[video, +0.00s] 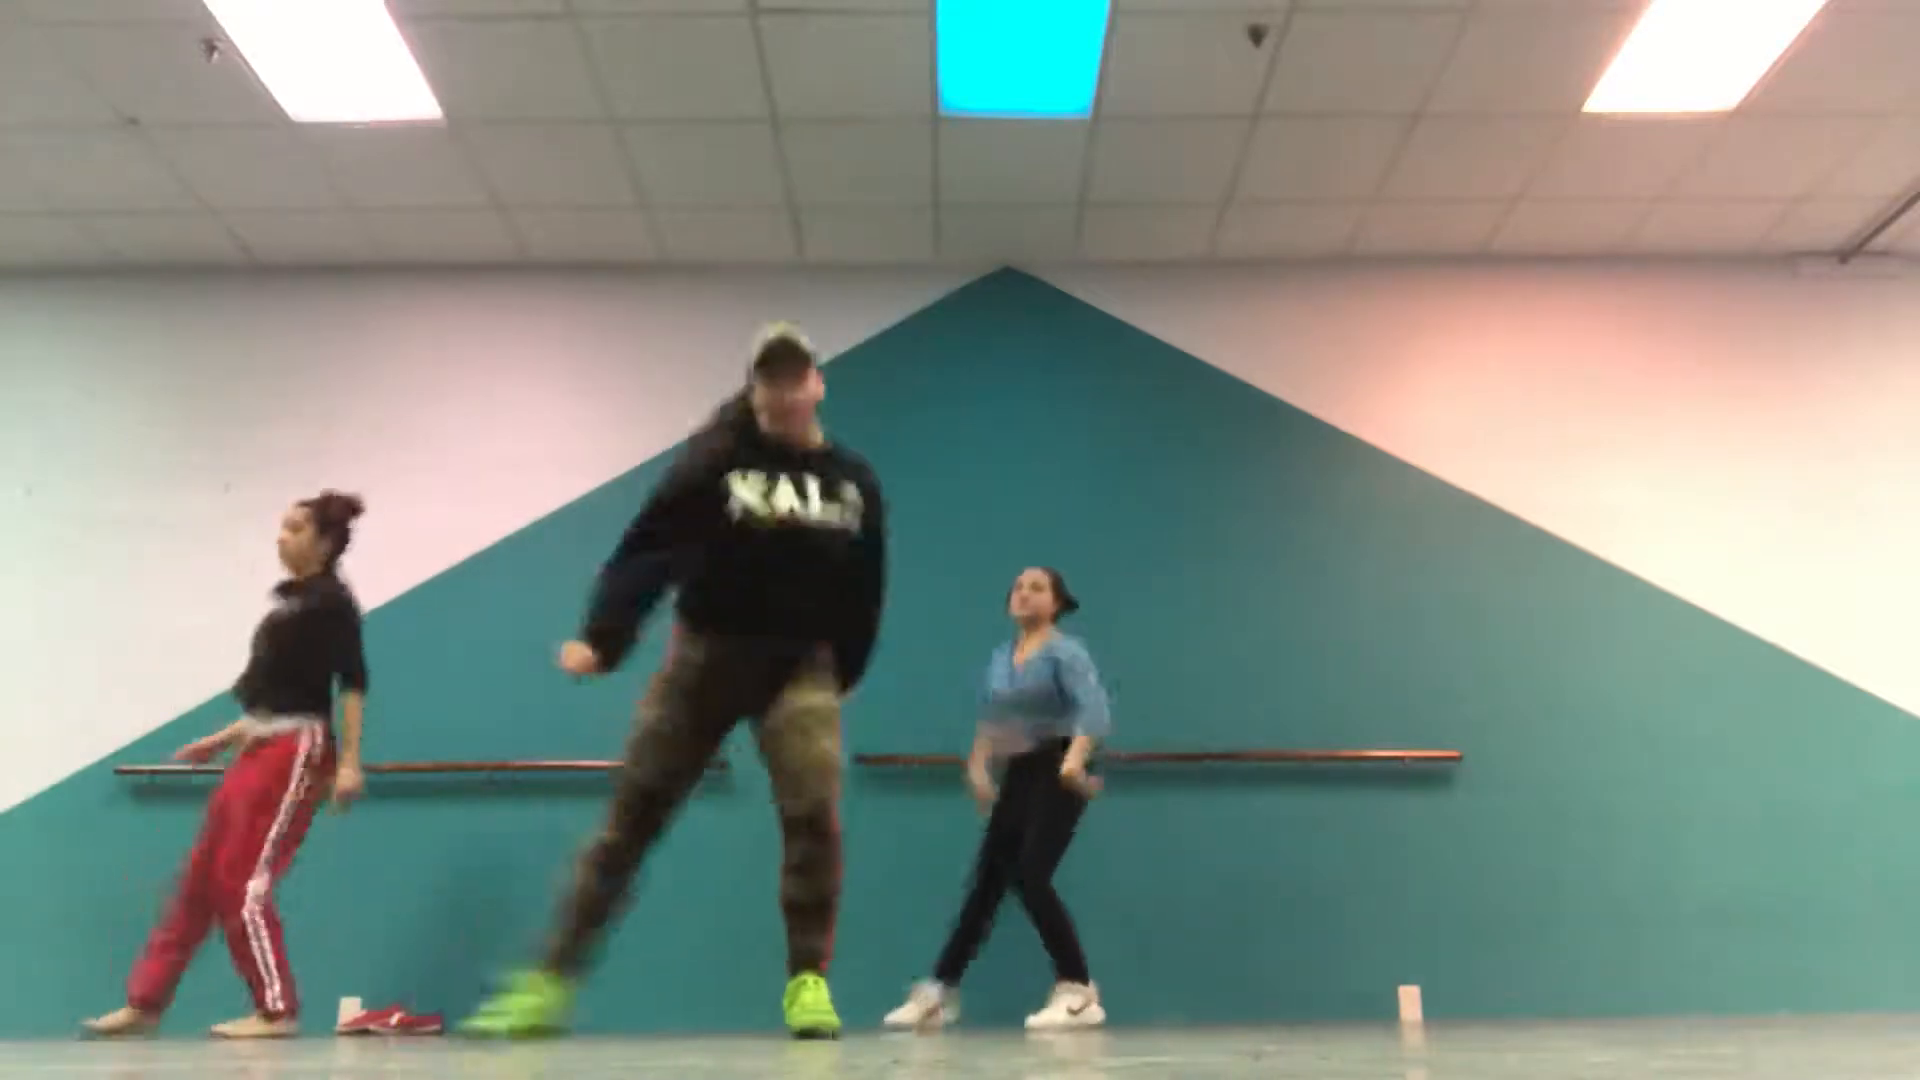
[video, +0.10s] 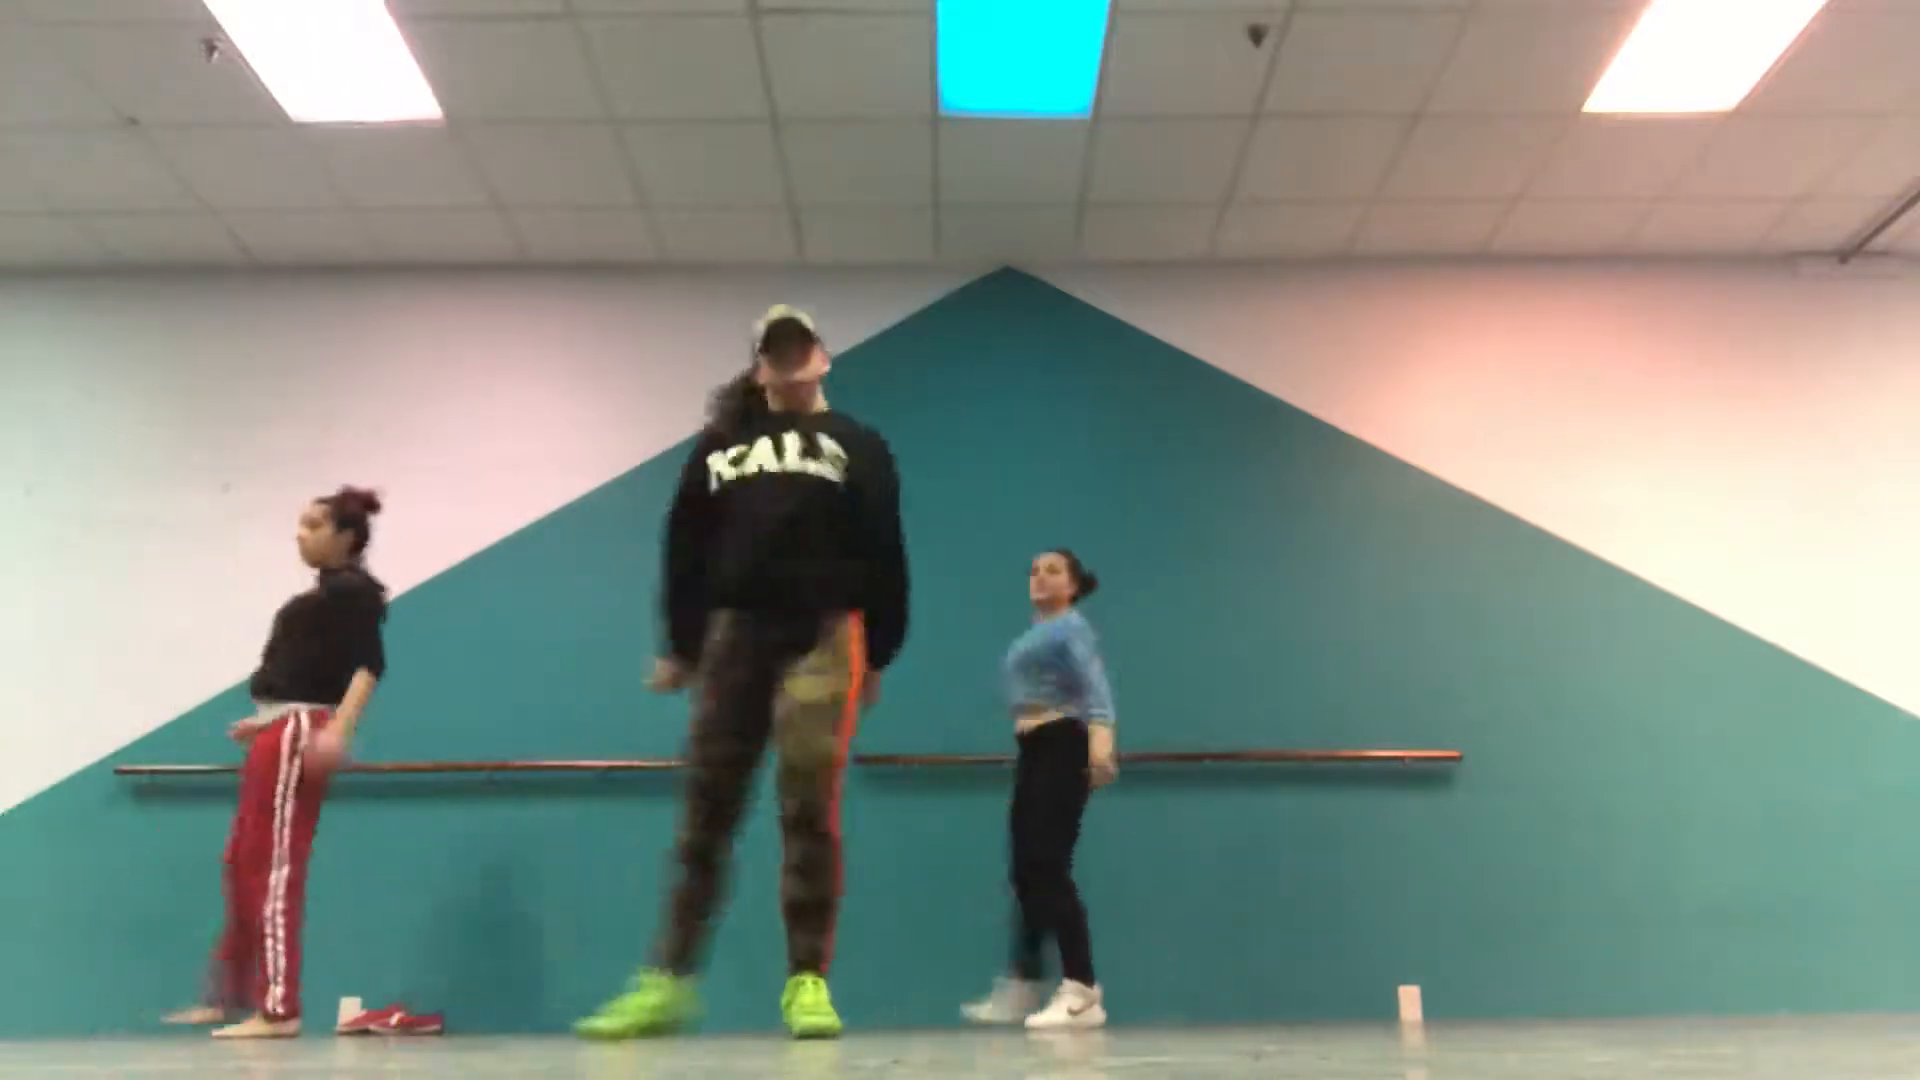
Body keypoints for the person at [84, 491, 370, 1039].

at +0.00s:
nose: (282, 536)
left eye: (294, 529)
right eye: (283, 527)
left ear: (325, 542)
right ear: (300, 539)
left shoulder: (334, 602)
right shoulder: (288, 600)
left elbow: (353, 685)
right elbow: (274, 699)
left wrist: (349, 763)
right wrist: (224, 739)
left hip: (299, 746)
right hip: (258, 745)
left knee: (243, 879)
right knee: (205, 874)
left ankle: (276, 1011)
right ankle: (145, 1003)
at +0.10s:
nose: (300, 534)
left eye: (312, 526)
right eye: (302, 525)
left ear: (346, 537)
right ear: (323, 537)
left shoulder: (354, 590)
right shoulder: (316, 596)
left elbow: (368, 667)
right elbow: (305, 674)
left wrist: (338, 728)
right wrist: (263, 718)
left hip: (303, 728)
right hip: (272, 729)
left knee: (279, 865)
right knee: (245, 860)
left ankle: (278, 1010)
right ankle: (231, 998)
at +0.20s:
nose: (320, 537)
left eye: (331, 528)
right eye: (321, 527)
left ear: (364, 537)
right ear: (360, 540)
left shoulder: (364, 582)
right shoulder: (356, 586)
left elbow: (373, 647)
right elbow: (364, 656)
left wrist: (305, 679)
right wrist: (299, 681)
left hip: (314, 725)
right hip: (319, 725)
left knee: (286, 866)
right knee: (287, 867)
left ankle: (278, 1010)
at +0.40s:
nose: (354, 553)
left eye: (364, 545)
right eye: (357, 543)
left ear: (394, 552)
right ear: (403, 556)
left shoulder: (376, 589)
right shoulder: (422, 600)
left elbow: (318, 626)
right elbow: (393, 684)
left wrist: (269, 662)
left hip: (361, 750)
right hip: (402, 754)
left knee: (254, 851)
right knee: (365, 874)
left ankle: (263, 984)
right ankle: (418, 1000)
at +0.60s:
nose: (382, 554)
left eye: (392, 546)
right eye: (384, 544)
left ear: (423, 555)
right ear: (431, 559)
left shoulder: (391, 597)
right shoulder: (455, 609)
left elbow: (356, 666)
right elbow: (427, 676)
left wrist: (315, 731)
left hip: (389, 758)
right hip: (436, 761)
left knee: (291, 863)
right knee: (383, 884)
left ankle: (322, 980)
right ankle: (421, 1008)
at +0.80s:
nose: (395, 536)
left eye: (406, 526)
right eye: (398, 525)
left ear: (439, 535)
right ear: (443, 538)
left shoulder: (427, 586)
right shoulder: (469, 588)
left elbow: (438, 665)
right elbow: (485, 670)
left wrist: (389, 726)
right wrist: (449, 722)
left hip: (383, 725)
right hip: (433, 730)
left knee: (336, 865)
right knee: (413, 872)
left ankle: (338, 1000)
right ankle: (429, 1002)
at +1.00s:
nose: (412, 553)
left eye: (423, 543)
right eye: (414, 541)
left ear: (455, 554)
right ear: (454, 556)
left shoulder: (447, 602)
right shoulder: (465, 602)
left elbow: (427, 677)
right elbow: (451, 681)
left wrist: (355, 705)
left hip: (431, 749)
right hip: (465, 752)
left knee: (336, 853)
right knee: (444, 881)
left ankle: (273, 991)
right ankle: (516, 990)